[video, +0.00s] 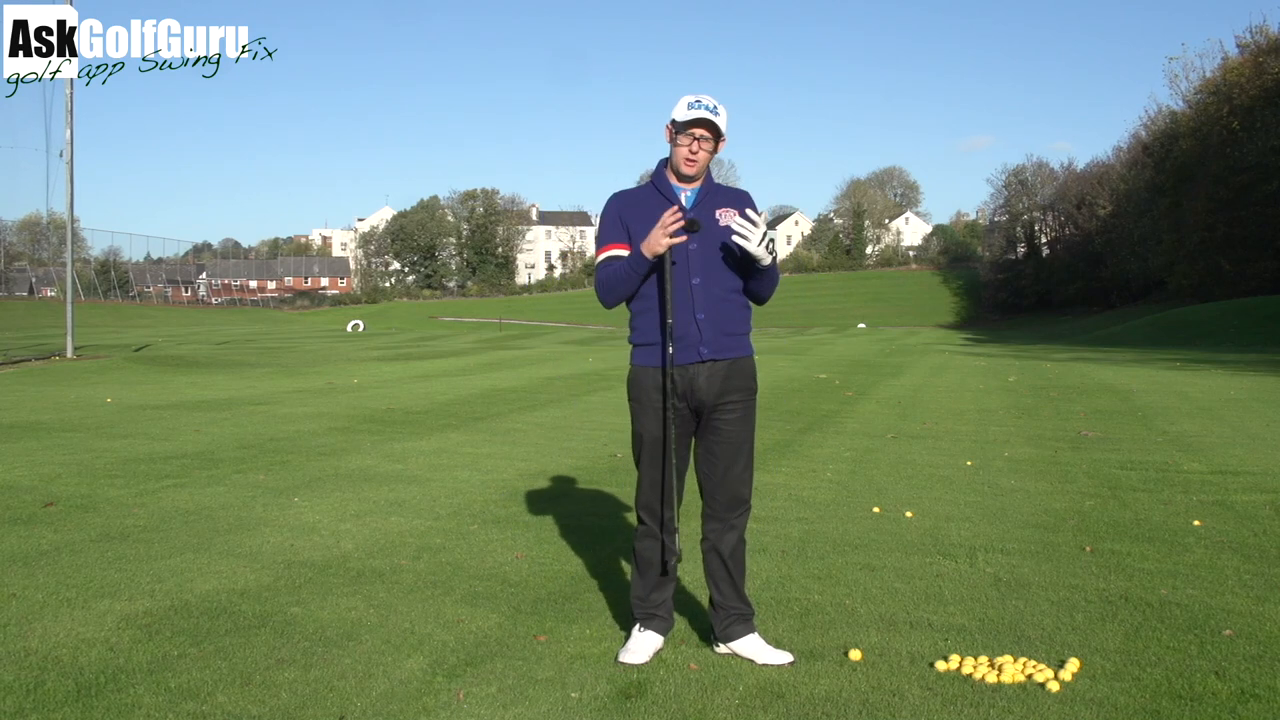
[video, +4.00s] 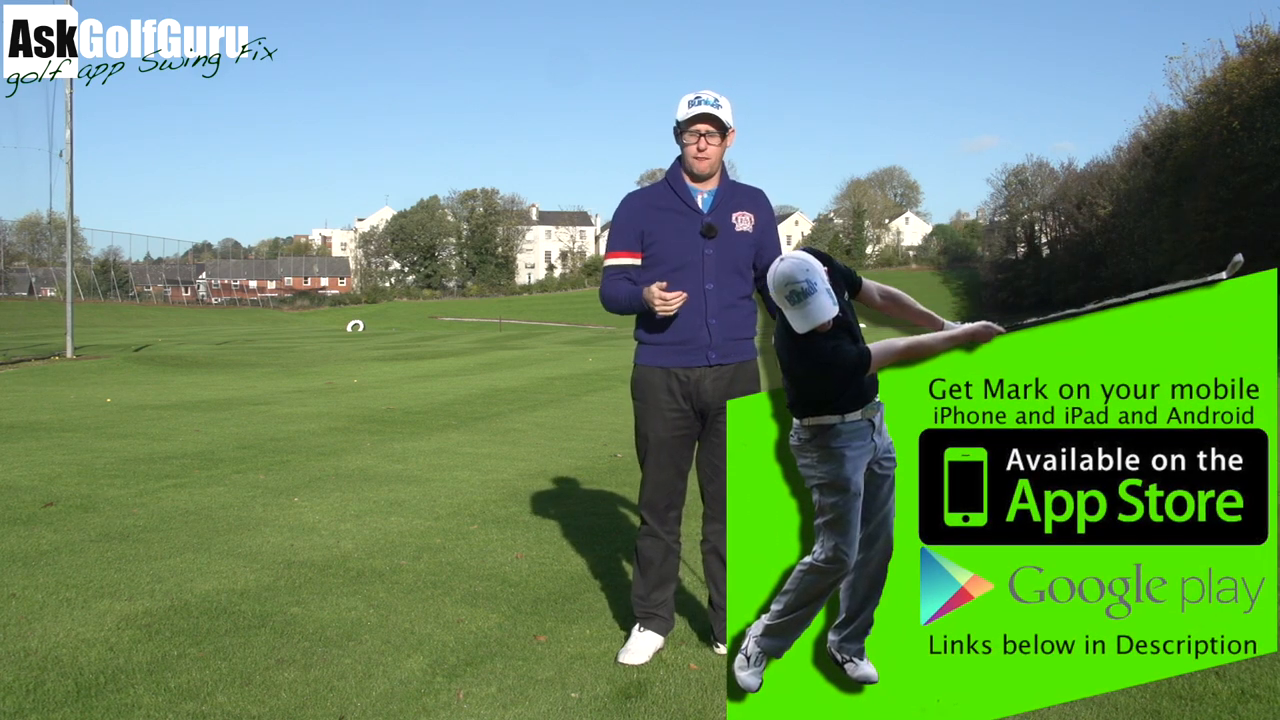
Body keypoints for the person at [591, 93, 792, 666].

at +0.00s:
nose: (695, 144)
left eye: (706, 137)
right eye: (687, 134)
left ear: (717, 146)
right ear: (670, 138)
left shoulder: (737, 204)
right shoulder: (625, 207)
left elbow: (761, 292)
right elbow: (609, 292)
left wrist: (763, 258)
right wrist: (646, 250)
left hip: (730, 371)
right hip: (656, 373)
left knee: (729, 506)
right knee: (656, 506)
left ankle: (733, 627)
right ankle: (650, 621)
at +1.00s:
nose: (719, 145)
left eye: (730, 137)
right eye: (711, 135)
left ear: (746, 145)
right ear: (697, 142)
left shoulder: (764, 209)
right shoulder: (655, 205)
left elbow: (780, 299)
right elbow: (642, 288)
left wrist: (790, 271)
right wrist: (694, 255)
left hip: (752, 373)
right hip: (682, 375)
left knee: (740, 507)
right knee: (674, 504)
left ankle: (734, 627)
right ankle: (653, 621)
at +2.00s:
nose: (701, 141)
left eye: (712, 133)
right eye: (692, 132)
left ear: (727, 141)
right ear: (679, 139)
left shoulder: (750, 204)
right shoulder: (639, 204)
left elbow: (773, 283)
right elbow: (635, 287)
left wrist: (756, 285)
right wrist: (702, 262)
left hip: (737, 373)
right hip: (665, 376)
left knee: (732, 507)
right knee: (660, 509)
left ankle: (733, 627)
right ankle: (651, 621)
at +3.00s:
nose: (702, 146)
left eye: (713, 138)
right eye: (693, 137)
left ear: (733, 144)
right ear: (681, 141)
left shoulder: (760, 203)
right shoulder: (648, 197)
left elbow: (781, 281)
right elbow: (648, 257)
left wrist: (762, 297)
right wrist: (686, 191)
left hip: (735, 374)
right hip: (662, 374)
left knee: (731, 511)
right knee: (658, 508)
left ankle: (733, 623)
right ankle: (652, 620)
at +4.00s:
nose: (702, 141)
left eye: (712, 132)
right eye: (693, 133)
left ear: (728, 140)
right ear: (678, 140)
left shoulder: (754, 204)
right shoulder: (640, 206)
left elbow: (775, 282)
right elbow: (613, 290)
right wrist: (643, 297)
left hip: (735, 375)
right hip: (662, 377)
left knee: (729, 509)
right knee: (660, 506)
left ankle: (730, 624)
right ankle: (651, 620)